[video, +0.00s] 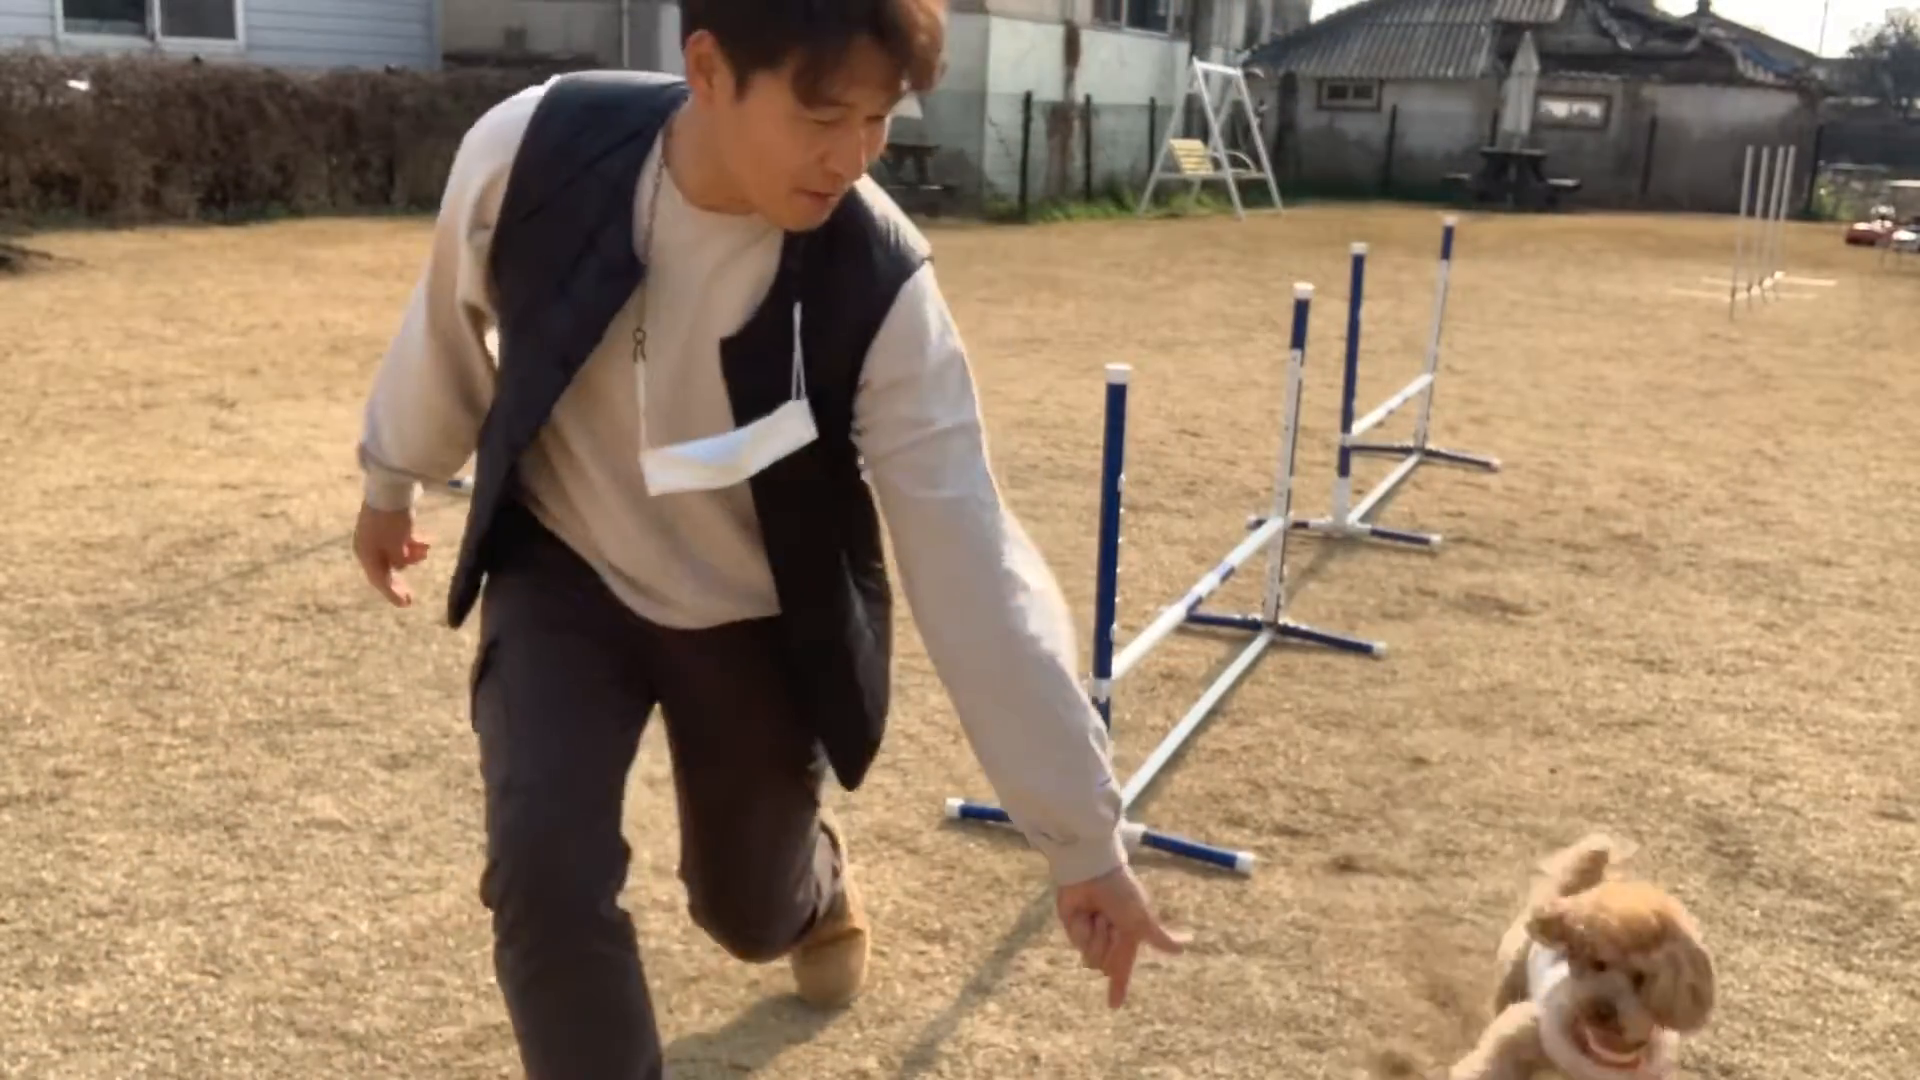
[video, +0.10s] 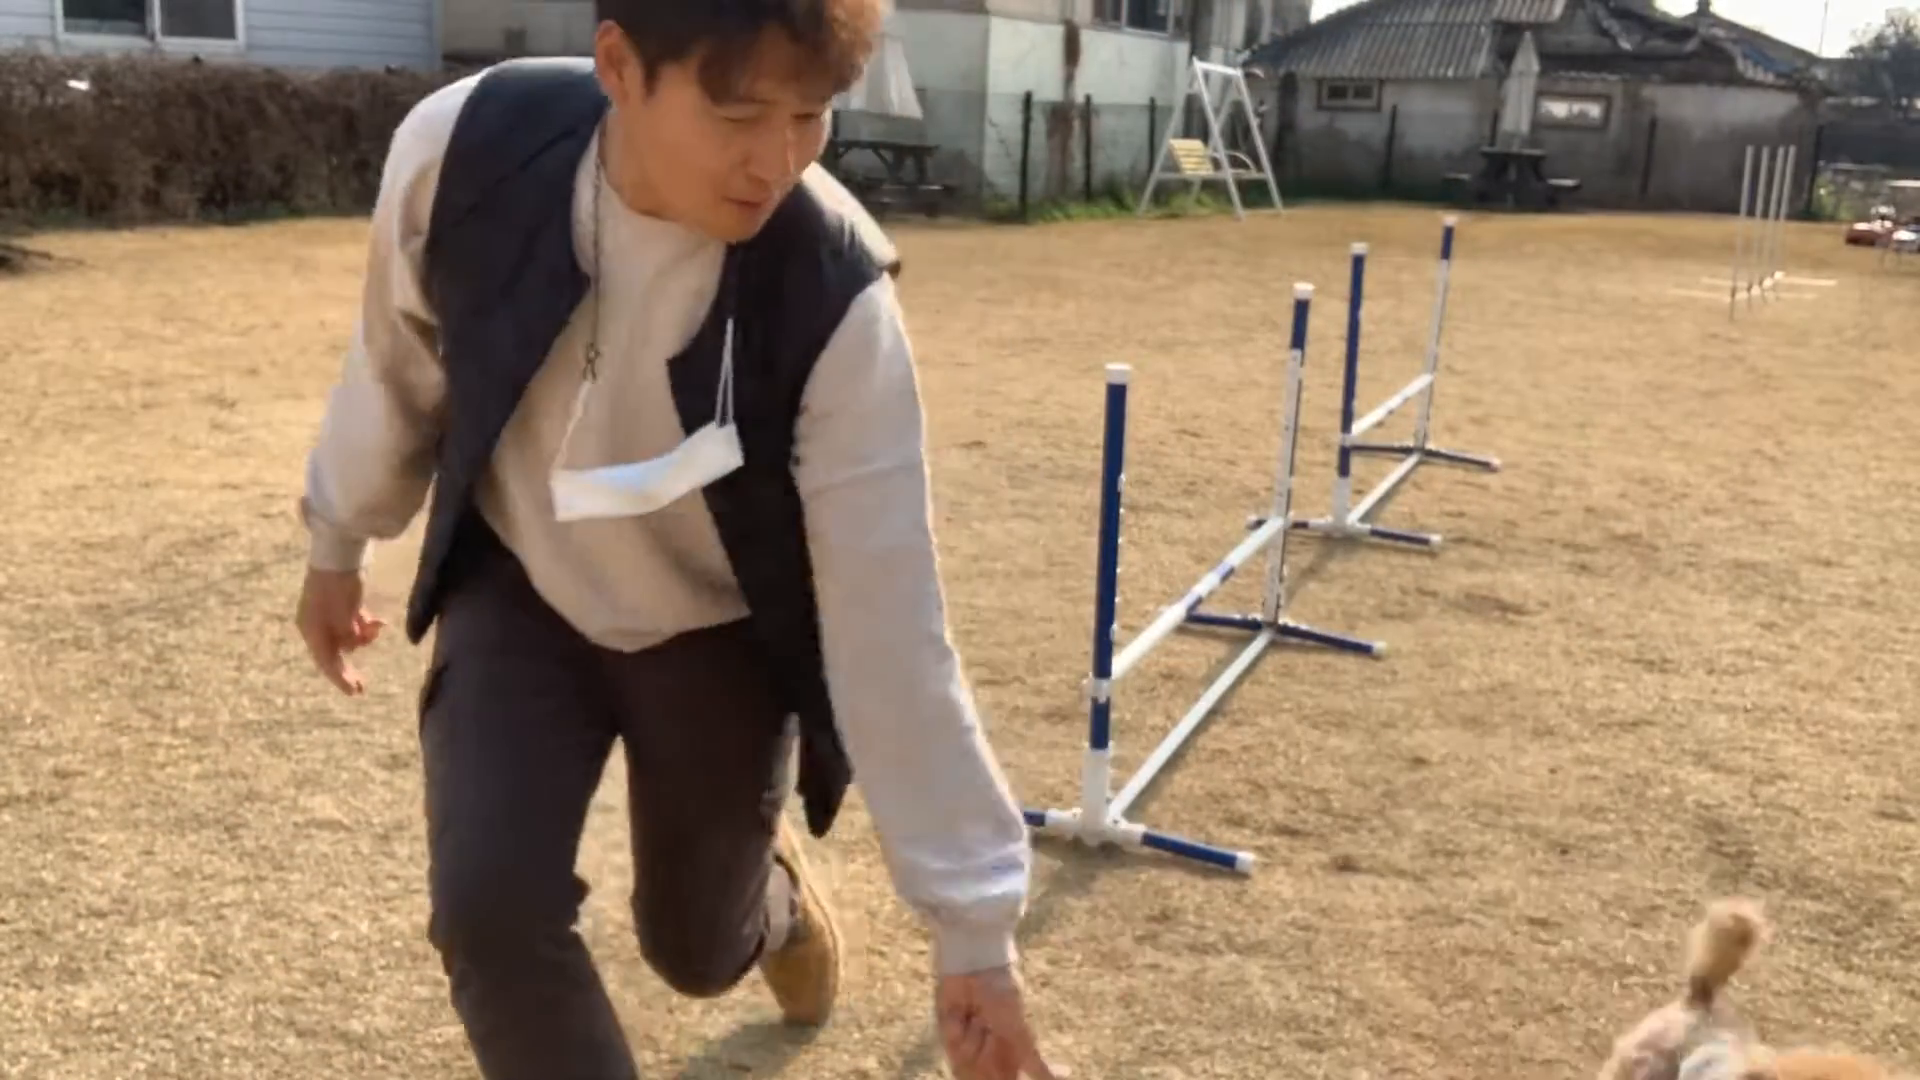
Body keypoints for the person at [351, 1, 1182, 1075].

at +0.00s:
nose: (854, 158)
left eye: (879, 121)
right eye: (820, 116)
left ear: (901, 107)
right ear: (707, 72)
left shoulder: (875, 280)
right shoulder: (532, 152)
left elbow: (972, 562)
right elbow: (447, 319)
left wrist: (1088, 847)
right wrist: (391, 476)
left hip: (749, 605)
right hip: (562, 568)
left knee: (748, 912)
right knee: (542, 887)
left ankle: (820, 888)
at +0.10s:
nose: (778, 160)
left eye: (813, 115)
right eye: (739, 112)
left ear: (840, 102)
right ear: (620, 66)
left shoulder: (828, 289)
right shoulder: (461, 151)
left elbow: (892, 627)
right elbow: (396, 359)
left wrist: (975, 942)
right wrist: (336, 542)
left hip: (715, 623)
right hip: (517, 589)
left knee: (695, 950)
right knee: (489, 917)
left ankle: (779, 897)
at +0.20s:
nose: (709, 73)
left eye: (743, 24)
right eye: (664, 19)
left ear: (772, 22)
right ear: (547, 5)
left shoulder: (785, 227)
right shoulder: (392, 98)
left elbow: (801, 585)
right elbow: (323, 332)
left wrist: (781, 921)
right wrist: (269, 550)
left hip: (682, 606)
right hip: (480, 581)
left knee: (647, 923)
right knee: (483, 930)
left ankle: (666, 983)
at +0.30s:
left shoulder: (746, 116)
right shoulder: (332, 38)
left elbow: (746, 477)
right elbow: (265, 284)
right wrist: (221, 515)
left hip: (654, 565)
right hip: (439, 552)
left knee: (632, 919)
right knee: (487, 940)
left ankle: (515, 1009)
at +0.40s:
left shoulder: (694, 24)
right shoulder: (236, 14)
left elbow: (706, 354)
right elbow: (200, 234)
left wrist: (527, 623)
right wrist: (165, 476)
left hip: (623, 545)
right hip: (384, 533)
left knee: (576, 922)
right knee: (433, 942)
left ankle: (460, 1066)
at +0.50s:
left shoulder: (642, 19)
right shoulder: (179, 14)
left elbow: (684, 313)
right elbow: (128, 247)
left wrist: (553, 596)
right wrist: (87, 513)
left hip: (555, 569)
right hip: (300, 553)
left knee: (473, 977)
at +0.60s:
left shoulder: (593, 15)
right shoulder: (121, 16)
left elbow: (673, 323)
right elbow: (60, 265)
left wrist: (641, 644)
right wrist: (16, 537)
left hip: (477, 590)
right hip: (217, 571)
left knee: (431, 1006)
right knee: (133, 977)